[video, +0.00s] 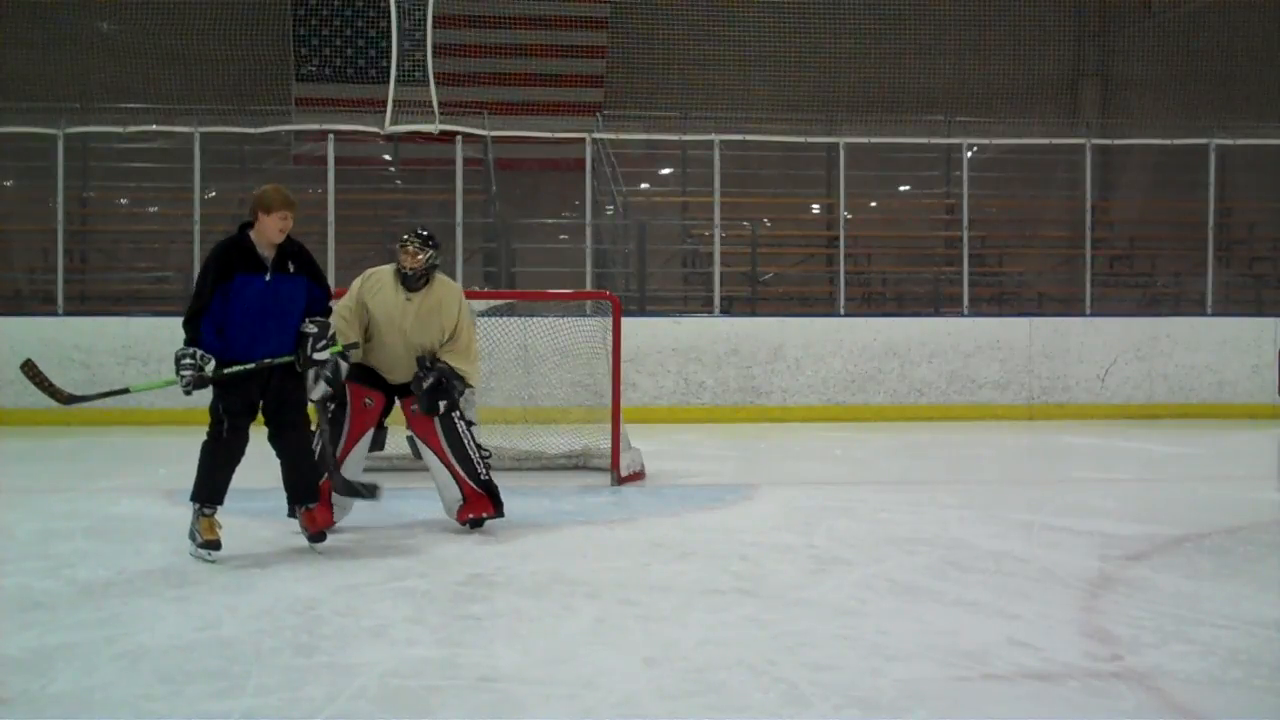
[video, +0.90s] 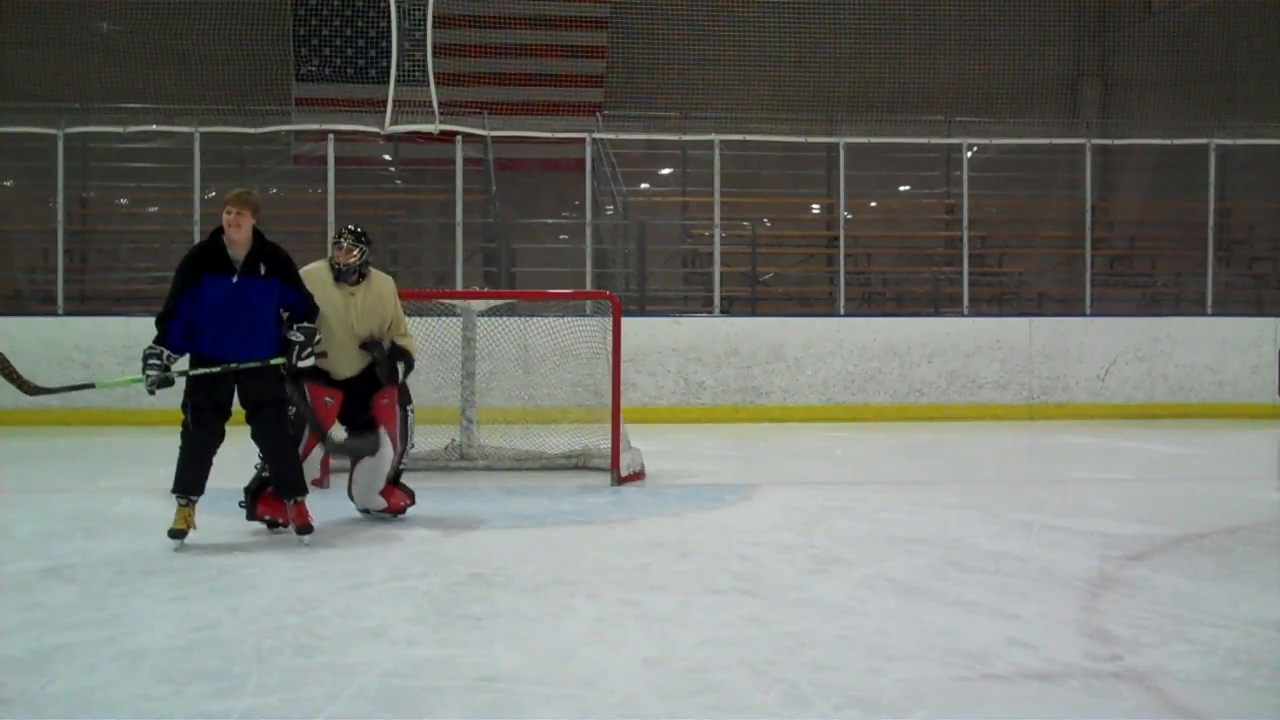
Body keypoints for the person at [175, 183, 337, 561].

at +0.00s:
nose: (286, 227)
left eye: (290, 220)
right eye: (280, 219)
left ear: (291, 222)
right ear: (258, 217)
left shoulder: (298, 257)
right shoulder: (226, 256)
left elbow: (320, 300)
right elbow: (199, 311)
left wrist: (315, 330)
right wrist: (195, 354)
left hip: (284, 365)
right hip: (235, 367)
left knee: (295, 436)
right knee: (228, 439)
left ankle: (306, 507)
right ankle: (205, 513)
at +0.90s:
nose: (232, 219)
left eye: (240, 214)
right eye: (228, 212)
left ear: (254, 220)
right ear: (221, 217)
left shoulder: (275, 259)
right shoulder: (200, 259)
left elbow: (303, 306)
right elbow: (177, 313)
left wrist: (302, 333)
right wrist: (160, 353)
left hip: (262, 362)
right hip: (210, 363)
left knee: (274, 430)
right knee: (201, 432)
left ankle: (295, 502)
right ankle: (185, 506)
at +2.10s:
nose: (247, 225)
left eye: (254, 219)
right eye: (241, 218)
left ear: (266, 224)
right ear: (231, 222)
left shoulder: (276, 263)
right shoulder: (209, 265)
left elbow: (294, 308)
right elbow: (191, 327)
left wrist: (309, 328)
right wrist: (203, 373)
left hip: (267, 374)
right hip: (220, 378)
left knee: (286, 444)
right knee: (211, 452)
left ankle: (290, 517)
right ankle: (184, 532)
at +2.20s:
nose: (268, 228)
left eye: (276, 222)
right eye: (262, 220)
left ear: (286, 228)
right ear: (249, 223)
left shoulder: (288, 266)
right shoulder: (227, 265)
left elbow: (299, 312)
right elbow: (214, 328)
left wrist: (316, 326)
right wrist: (230, 377)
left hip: (279, 374)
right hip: (232, 376)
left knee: (304, 442)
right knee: (230, 454)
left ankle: (298, 522)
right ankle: (193, 535)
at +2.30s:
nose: (300, 238)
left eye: (306, 231)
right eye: (293, 230)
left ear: (311, 237)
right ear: (274, 232)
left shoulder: (303, 278)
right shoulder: (253, 274)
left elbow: (305, 329)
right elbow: (243, 339)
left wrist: (322, 353)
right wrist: (268, 378)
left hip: (291, 380)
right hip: (246, 380)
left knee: (330, 441)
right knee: (244, 456)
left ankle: (316, 525)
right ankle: (200, 535)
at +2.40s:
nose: (335, 253)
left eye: (340, 246)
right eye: (328, 244)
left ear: (344, 251)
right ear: (309, 245)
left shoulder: (319, 288)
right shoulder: (290, 282)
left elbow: (325, 344)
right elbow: (295, 349)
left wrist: (347, 374)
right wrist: (329, 378)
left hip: (302, 389)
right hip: (266, 388)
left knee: (356, 441)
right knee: (261, 464)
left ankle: (343, 524)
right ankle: (207, 537)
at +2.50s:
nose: (382, 254)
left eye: (384, 247)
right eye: (375, 247)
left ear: (381, 252)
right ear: (354, 248)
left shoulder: (359, 286)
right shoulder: (339, 283)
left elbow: (357, 343)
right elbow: (346, 344)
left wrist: (384, 374)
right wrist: (381, 376)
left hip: (339, 386)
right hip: (300, 383)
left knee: (382, 441)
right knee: (275, 462)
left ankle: (362, 527)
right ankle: (213, 539)